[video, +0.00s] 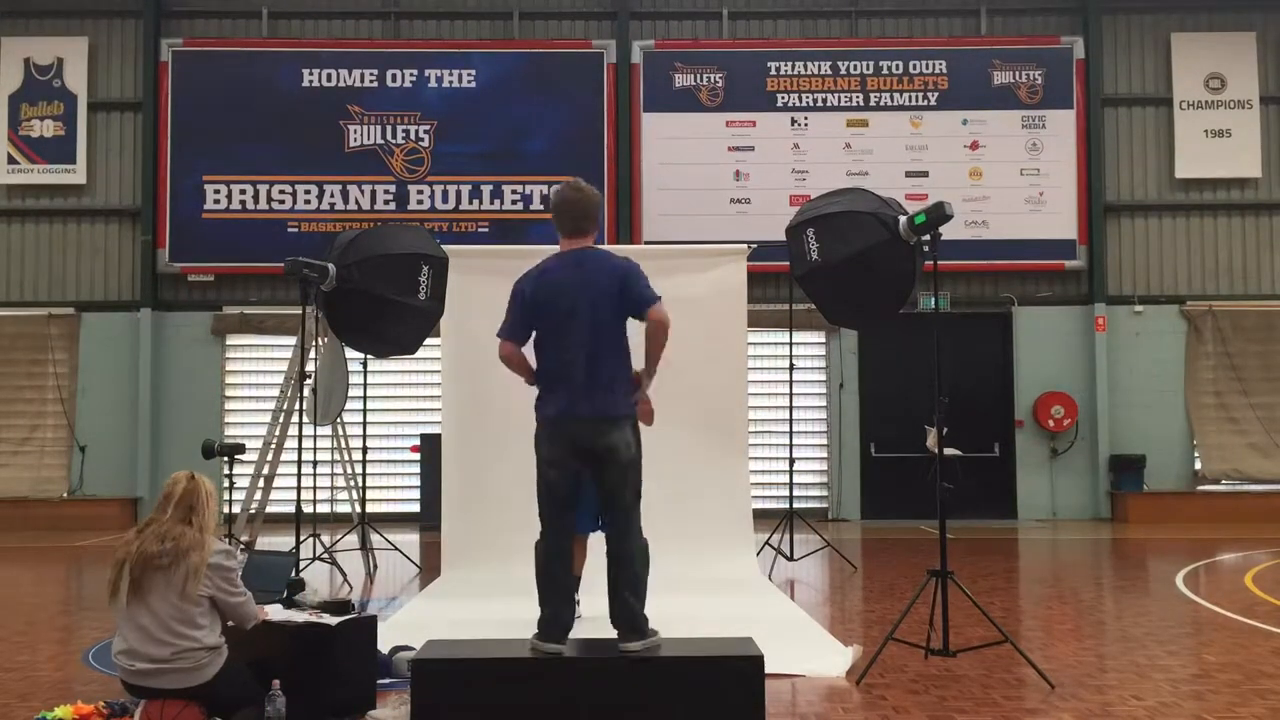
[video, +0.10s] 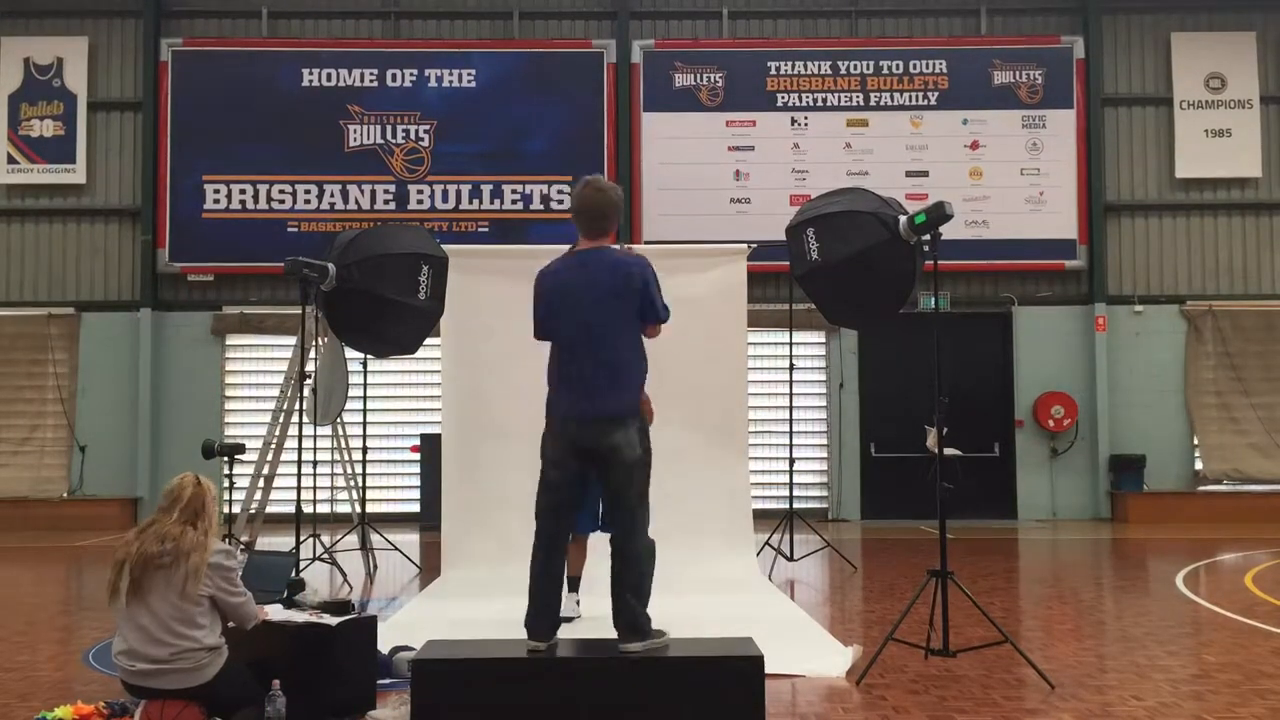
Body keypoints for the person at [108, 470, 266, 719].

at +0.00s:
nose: (215, 512)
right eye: (213, 506)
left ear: (164, 504)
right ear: (206, 510)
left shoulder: (135, 544)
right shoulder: (214, 553)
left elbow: (129, 608)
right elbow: (246, 617)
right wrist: (257, 615)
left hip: (135, 680)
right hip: (195, 679)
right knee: (252, 701)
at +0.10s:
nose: (215, 512)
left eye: (215, 505)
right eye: (213, 506)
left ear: (167, 505)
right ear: (205, 510)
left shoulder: (135, 544)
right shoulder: (214, 553)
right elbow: (246, 617)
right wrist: (256, 616)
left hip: (135, 680)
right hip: (194, 679)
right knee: (252, 701)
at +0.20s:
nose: (219, 520)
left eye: (219, 513)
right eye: (218, 513)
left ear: (171, 506)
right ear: (210, 514)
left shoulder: (135, 542)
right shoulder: (216, 553)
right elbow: (246, 618)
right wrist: (257, 615)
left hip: (135, 680)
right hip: (194, 680)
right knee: (252, 699)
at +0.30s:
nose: (223, 520)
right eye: (221, 514)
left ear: (174, 510)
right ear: (214, 516)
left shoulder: (142, 544)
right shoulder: (222, 554)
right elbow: (264, 607)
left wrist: (223, 599)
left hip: (136, 678)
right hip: (197, 677)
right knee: (253, 702)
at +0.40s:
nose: (236, 526)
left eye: (235, 521)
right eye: (234, 521)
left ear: (189, 513)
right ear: (227, 521)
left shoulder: (155, 542)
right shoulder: (230, 553)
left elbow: (139, 602)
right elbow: (262, 610)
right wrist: (286, 607)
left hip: (136, 675)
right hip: (197, 673)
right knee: (252, 701)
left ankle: (147, 705)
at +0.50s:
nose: (225, 514)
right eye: (222, 508)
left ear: (174, 506)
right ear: (216, 511)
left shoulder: (145, 542)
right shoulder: (225, 550)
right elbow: (259, 608)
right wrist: (277, 604)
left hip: (136, 680)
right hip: (196, 677)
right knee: (252, 700)